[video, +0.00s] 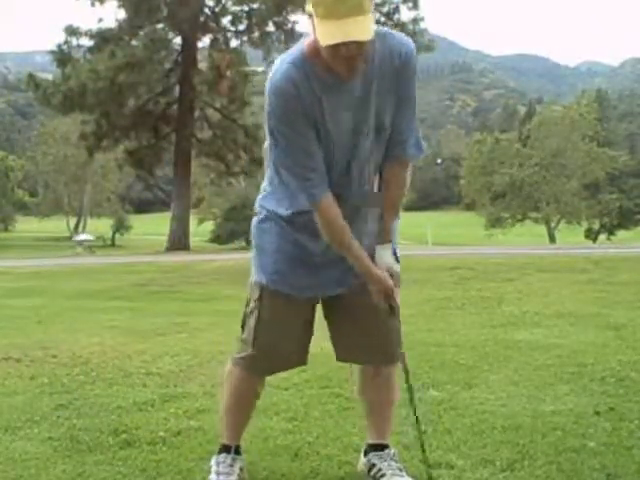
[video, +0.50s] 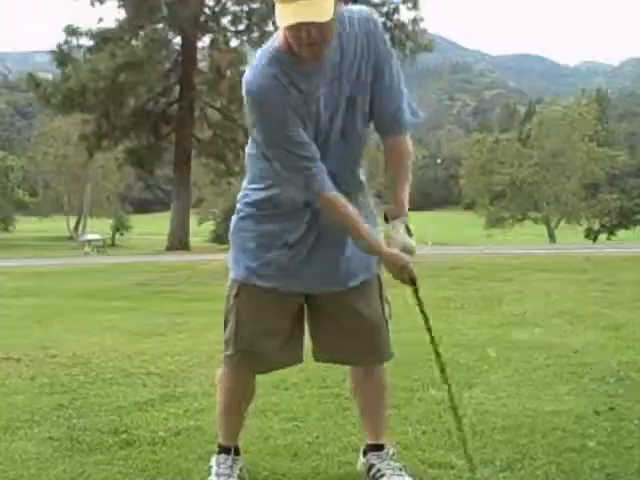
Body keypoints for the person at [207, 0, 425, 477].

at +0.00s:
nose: (352, 52)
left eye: (359, 41)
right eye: (339, 43)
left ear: (371, 23)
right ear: (314, 30)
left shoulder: (397, 56)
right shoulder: (288, 82)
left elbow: (398, 156)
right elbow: (315, 194)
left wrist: (387, 241)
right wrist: (365, 266)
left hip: (363, 229)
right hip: (291, 228)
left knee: (382, 346)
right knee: (259, 348)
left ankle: (379, 453)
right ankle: (228, 454)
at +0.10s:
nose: (351, 48)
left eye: (359, 36)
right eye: (338, 39)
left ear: (374, 19)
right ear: (315, 26)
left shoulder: (397, 46)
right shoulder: (296, 84)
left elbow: (409, 148)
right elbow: (341, 195)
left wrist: (410, 232)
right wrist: (399, 259)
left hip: (372, 223)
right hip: (299, 227)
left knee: (386, 341)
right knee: (265, 347)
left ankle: (379, 452)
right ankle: (229, 455)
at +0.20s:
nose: (343, 47)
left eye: (353, 33)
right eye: (331, 36)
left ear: (369, 18)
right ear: (313, 27)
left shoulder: (390, 35)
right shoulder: (299, 89)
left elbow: (417, 128)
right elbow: (358, 189)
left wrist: (431, 214)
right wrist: (429, 245)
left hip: (369, 222)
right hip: (299, 228)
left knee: (386, 341)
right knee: (266, 348)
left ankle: (379, 453)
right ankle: (229, 454)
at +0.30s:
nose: (337, 44)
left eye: (346, 30)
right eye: (325, 34)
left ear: (361, 15)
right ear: (305, 24)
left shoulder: (379, 31)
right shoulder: (298, 90)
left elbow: (416, 119)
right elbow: (368, 183)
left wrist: (441, 204)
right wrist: (445, 233)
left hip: (364, 219)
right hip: (294, 226)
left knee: (383, 339)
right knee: (261, 347)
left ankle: (379, 451)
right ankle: (228, 454)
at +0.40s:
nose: (325, 42)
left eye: (334, 29)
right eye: (312, 32)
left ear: (352, 15)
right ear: (292, 24)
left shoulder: (369, 28)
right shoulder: (286, 89)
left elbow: (410, 115)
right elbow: (355, 182)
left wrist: (433, 205)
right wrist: (429, 233)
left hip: (356, 222)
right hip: (283, 227)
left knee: (375, 341)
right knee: (251, 350)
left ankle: (378, 454)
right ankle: (227, 456)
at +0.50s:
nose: (307, 37)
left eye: (318, 24)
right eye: (294, 27)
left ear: (336, 10)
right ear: (277, 18)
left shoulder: (365, 32)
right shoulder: (264, 81)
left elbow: (394, 128)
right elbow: (317, 186)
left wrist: (398, 208)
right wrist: (382, 249)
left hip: (346, 217)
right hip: (269, 221)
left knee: (369, 339)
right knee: (241, 348)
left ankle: (378, 455)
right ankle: (226, 457)